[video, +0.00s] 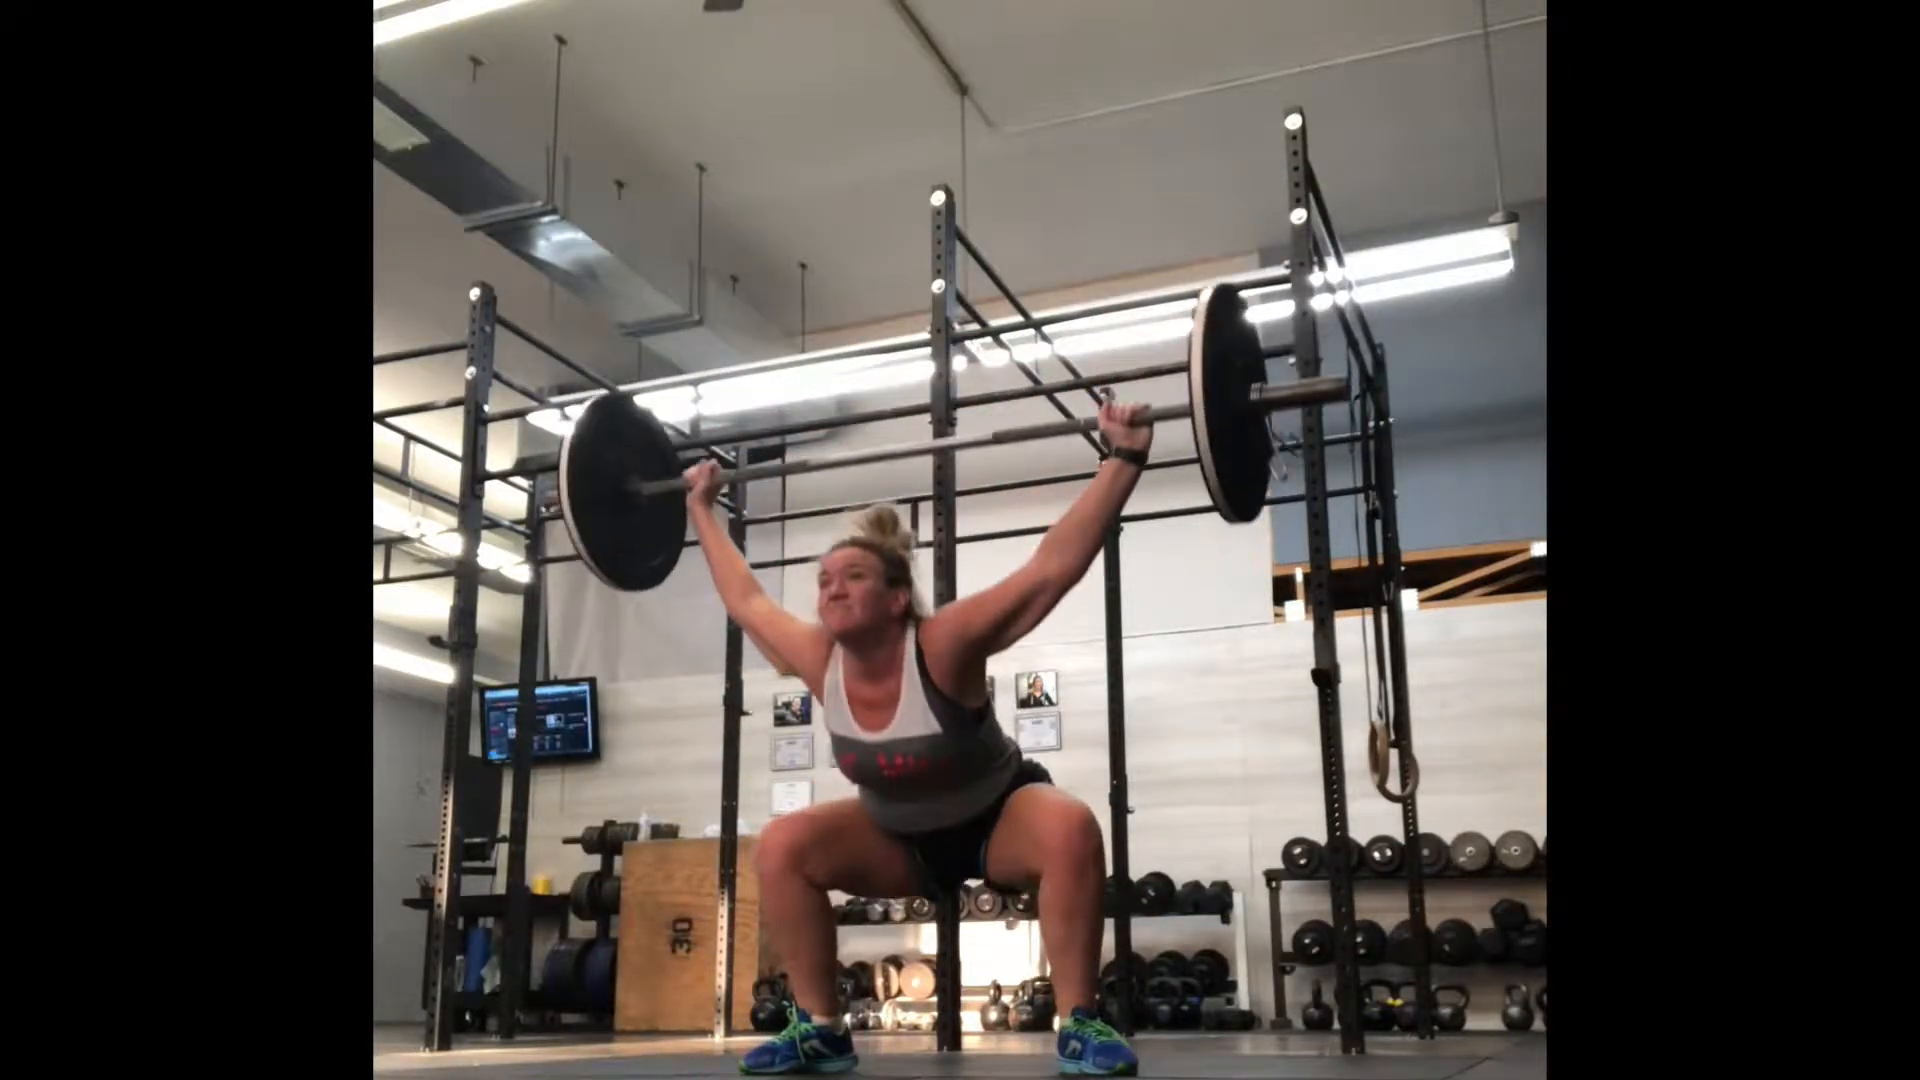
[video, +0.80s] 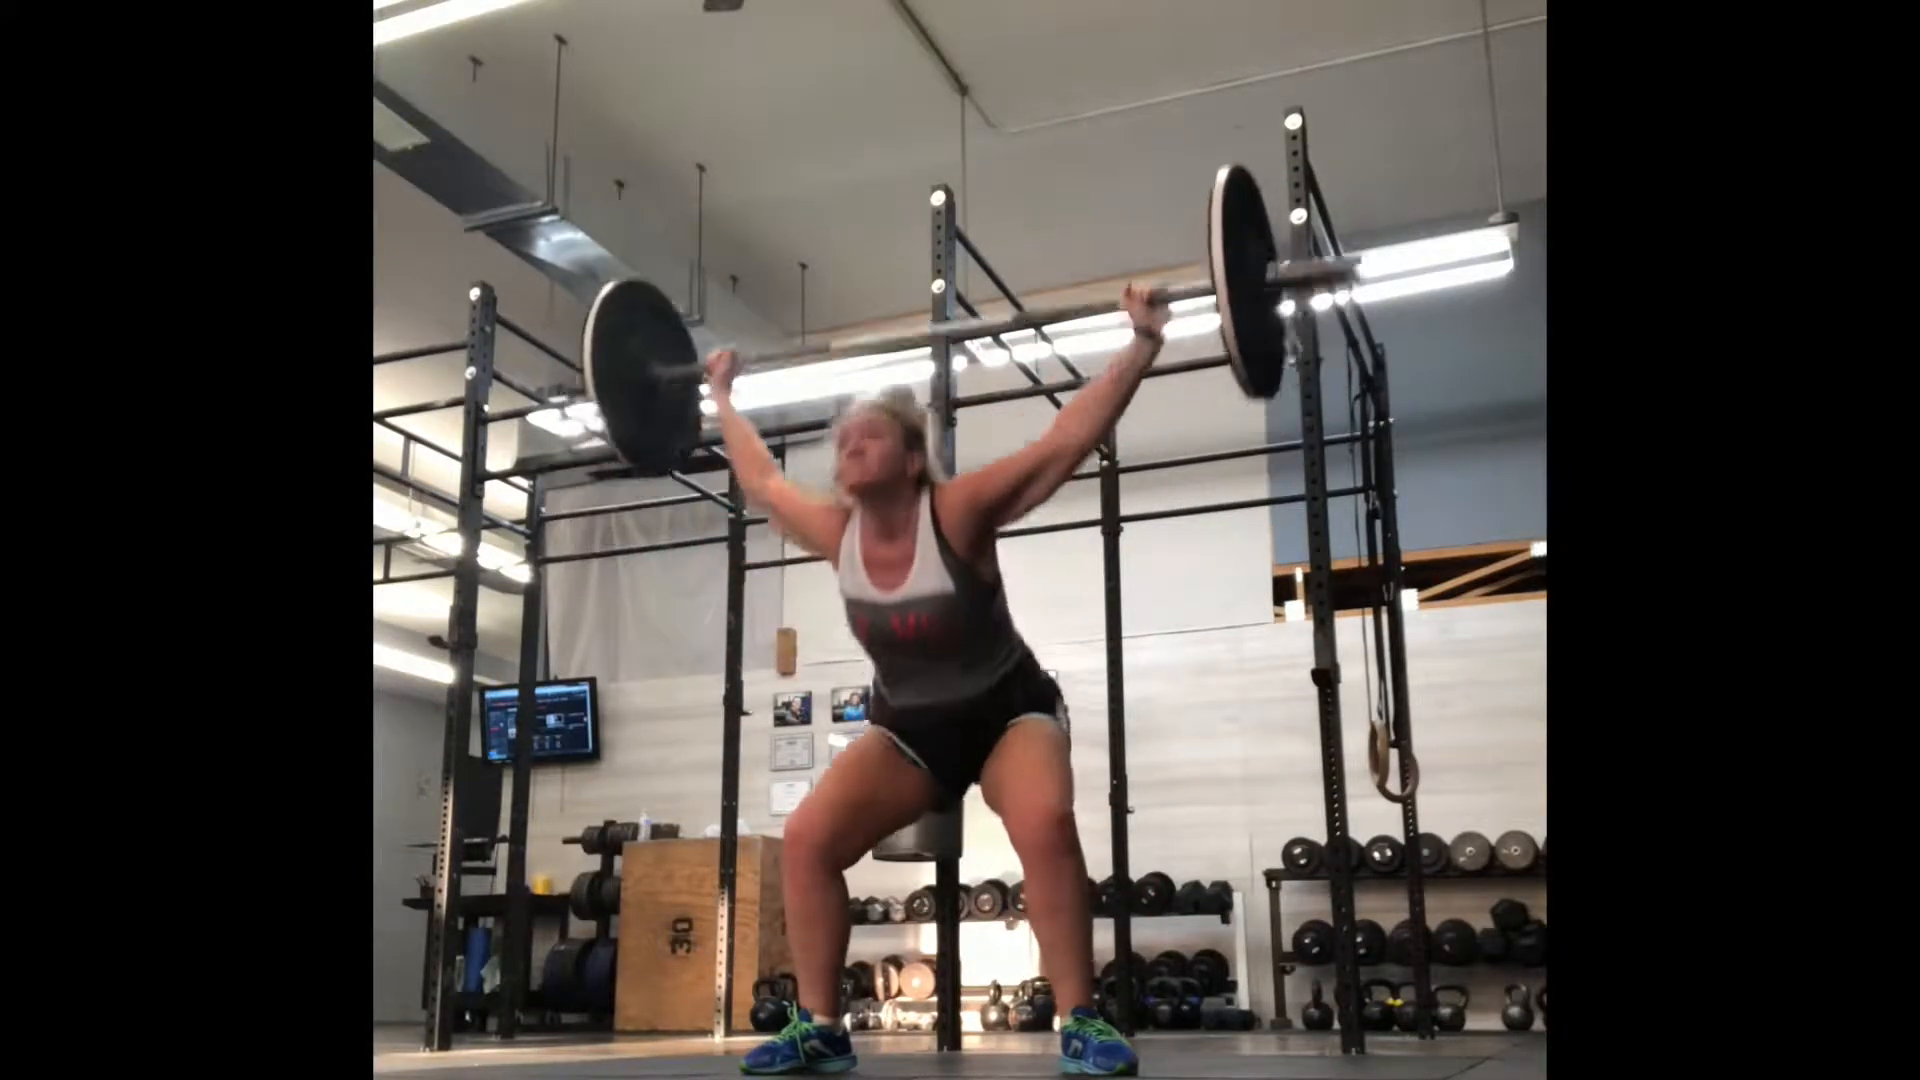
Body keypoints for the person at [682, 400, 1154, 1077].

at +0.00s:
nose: (832, 588)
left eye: (854, 575)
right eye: (824, 580)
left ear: (898, 599)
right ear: (816, 601)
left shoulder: (950, 641)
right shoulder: (820, 661)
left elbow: (1049, 572)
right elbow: (745, 599)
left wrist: (1124, 458)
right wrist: (699, 506)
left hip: (994, 821)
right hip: (893, 831)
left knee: (1073, 828)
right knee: (781, 847)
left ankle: (1079, 1024)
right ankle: (820, 1030)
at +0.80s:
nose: (850, 451)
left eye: (869, 440)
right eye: (843, 442)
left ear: (912, 458)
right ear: (836, 460)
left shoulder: (961, 510)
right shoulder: (833, 530)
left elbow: (1061, 446)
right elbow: (759, 477)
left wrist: (1141, 344)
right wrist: (720, 396)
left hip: (1008, 710)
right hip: (908, 726)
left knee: (1048, 827)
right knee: (807, 839)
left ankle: (1077, 1023)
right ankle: (818, 1027)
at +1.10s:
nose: (885, 321)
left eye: (902, 315)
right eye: (876, 317)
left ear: (938, 341)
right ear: (864, 350)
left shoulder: (981, 401)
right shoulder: (854, 428)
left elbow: (1070, 323)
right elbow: (777, 382)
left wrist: (1143, 225)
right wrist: (737, 303)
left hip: (993, 644)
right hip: (892, 652)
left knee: (1036, 824)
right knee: (828, 830)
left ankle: (1076, 1017)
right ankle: (818, 1025)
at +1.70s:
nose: (875, 341)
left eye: (890, 329)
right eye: (864, 331)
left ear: (926, 340)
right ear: (853, 344)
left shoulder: (960, 407)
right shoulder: (840, 423)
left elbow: (1046, 324)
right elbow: (766, 370)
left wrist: (1120, 229)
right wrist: (726, 293)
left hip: (939, 633)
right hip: (844, 640)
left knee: (961, 831)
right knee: (848, 836)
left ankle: (1003, 1008)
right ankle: (820, 1022)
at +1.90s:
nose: (754, 616)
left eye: (772, 601)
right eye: (746, 604)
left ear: (817, 616)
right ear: (740, 618)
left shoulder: (877, 675)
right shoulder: (754, 701)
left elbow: (962, 796)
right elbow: (718, 818)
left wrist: (1039, 899)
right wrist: (663, 914)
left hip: (923, 790)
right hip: (840, 802)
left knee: (941, 834)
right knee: (739, 847)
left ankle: (972, 1007)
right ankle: (793, 1014)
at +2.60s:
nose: (751, 527)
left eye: (770, 512)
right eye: (746, 512)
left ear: (815, 528)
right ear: (742, 521)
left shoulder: (875, 592)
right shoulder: (757, 614)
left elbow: (956, 704)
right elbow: (719, 712)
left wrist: (1028, 803)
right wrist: (656, 816)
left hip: (935, 715)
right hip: (847, 729)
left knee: (946, 832)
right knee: (775, 838)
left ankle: (978, 1007)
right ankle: (789, 1012)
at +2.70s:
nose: (756, 472)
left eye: (773, 459)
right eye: (756, 460)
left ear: (820, 472)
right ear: (757, 476)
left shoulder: (875, 545)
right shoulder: (762, 566)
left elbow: (969, 633)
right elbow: (709, 662)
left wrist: (1021, 738)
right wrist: (650, 754)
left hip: (934, 697)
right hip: (845, 712)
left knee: (949, 822)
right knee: (770, 834)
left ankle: (978, 1006)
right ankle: (790, 1011)